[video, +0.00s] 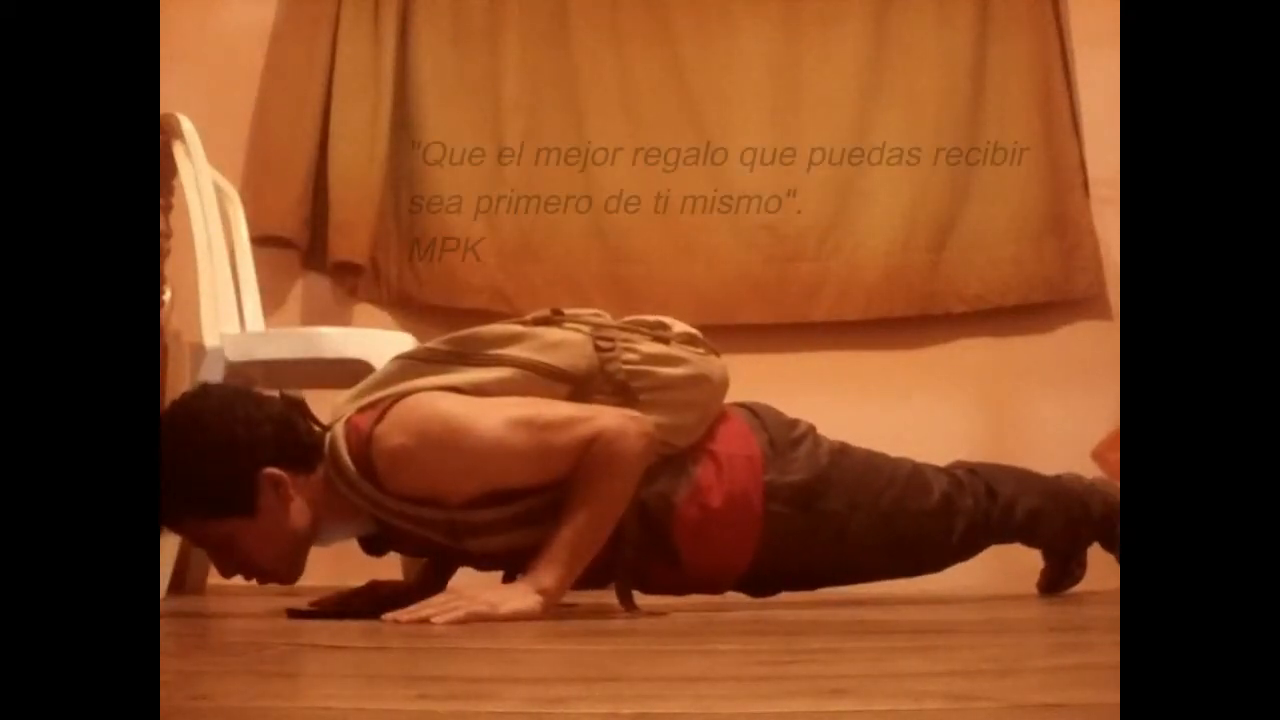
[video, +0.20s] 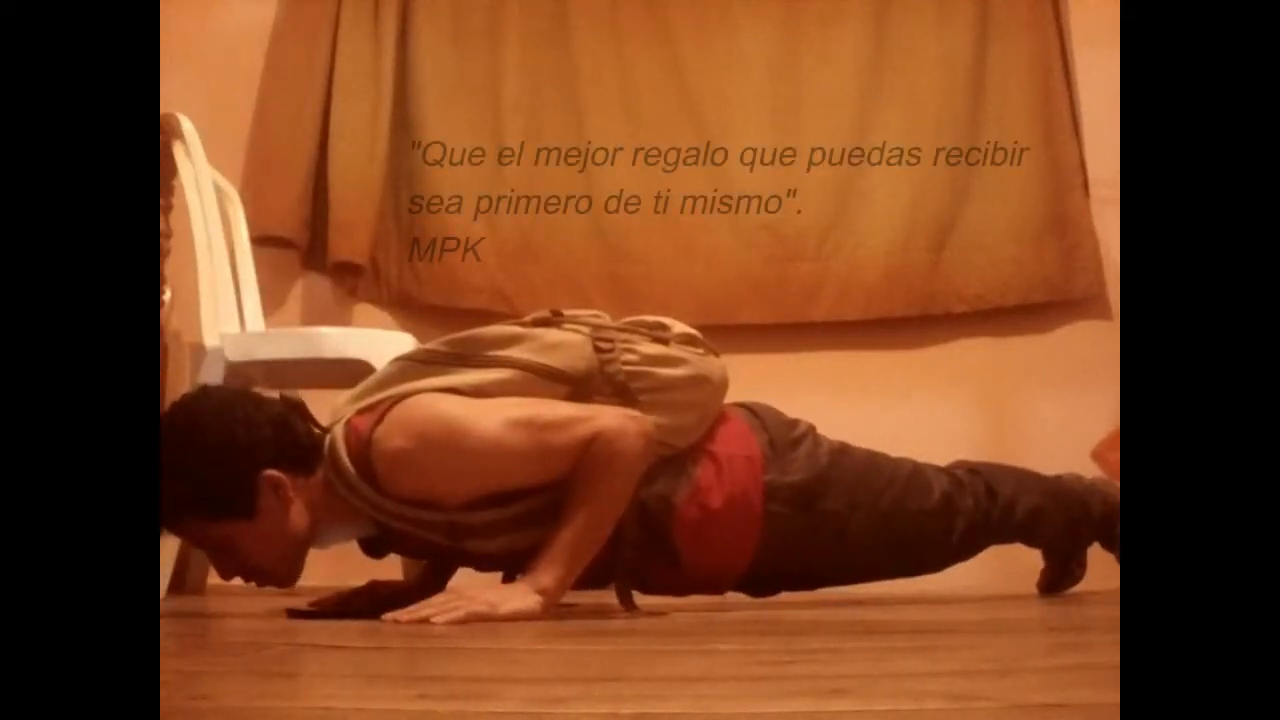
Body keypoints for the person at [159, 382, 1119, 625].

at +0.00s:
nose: (221, 567)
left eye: (219, 544)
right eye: (204, 552)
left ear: (277, 489)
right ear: (272, 482)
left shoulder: (411, 446)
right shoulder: (358, 454)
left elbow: (618, 441)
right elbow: (466, 540)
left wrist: (538, 588)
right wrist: (383, 588)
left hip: (743, 492)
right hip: (712, 504)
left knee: (946, 509)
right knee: (924, 508)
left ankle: (1094, 505)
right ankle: (1073, 506)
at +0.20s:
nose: (220, 569)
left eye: (218, 543)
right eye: (202, 552)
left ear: (274, 490)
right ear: (270, 480)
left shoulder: (409, 449)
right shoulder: (357, 456)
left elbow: (617, 440)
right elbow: (472, 534)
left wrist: (538, 588)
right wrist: (386, 587)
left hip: (742, 492)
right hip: (712, 504)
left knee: (946, 509)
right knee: (925, 508)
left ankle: (1095, 505)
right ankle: (1075, 507)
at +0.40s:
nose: (217, 569)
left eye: (216, 544)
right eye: (201, 552)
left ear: (274, 491)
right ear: (270, 482)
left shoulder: (408, 449)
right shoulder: (358, 455)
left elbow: (617, 439)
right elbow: (471, 535)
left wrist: (538, 589)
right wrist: (386, 588)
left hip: (742, 494)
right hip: (713, 497)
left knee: (948, 508)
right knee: (927, 505)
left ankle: (1096, 505)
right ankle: (1076, 507)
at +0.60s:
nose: (219, 570)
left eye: (217, 545)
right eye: (202, 553)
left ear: (273, 491)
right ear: (267, 483)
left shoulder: (405, 450)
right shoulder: (356, 458)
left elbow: (615, 440)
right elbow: (471, 536)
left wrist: (538, 589)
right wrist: (385, 588)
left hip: (739, 493)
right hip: (712, 497)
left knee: (949, 508)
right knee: (928, 505)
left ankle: (1097, 505)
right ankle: (1077, 507)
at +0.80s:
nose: (220, 570)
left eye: (217, 545)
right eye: (202, 554)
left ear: (273, 489)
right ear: (267, 481)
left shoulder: (404, 447)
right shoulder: (356, 459)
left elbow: (616, 439)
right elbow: (464, 540)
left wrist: (538, 588)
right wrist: (385, 587)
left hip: (739, 491)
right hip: (712, 497)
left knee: (948, 507)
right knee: (926, 504)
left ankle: (1096, 506)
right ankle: (1078, 506)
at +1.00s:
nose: (223, 572)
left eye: (219, 548)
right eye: (205, 558)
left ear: (274, 491)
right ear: (269, 482)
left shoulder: (406, 447)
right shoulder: (356, 457)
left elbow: (616, 440)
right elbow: (462, 541)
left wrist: (538, 588)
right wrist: (386, 588)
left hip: (737, 495)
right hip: (711, 494)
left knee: (946, 509)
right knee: (923, 505)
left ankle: (1094, 505)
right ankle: (1074, 507)